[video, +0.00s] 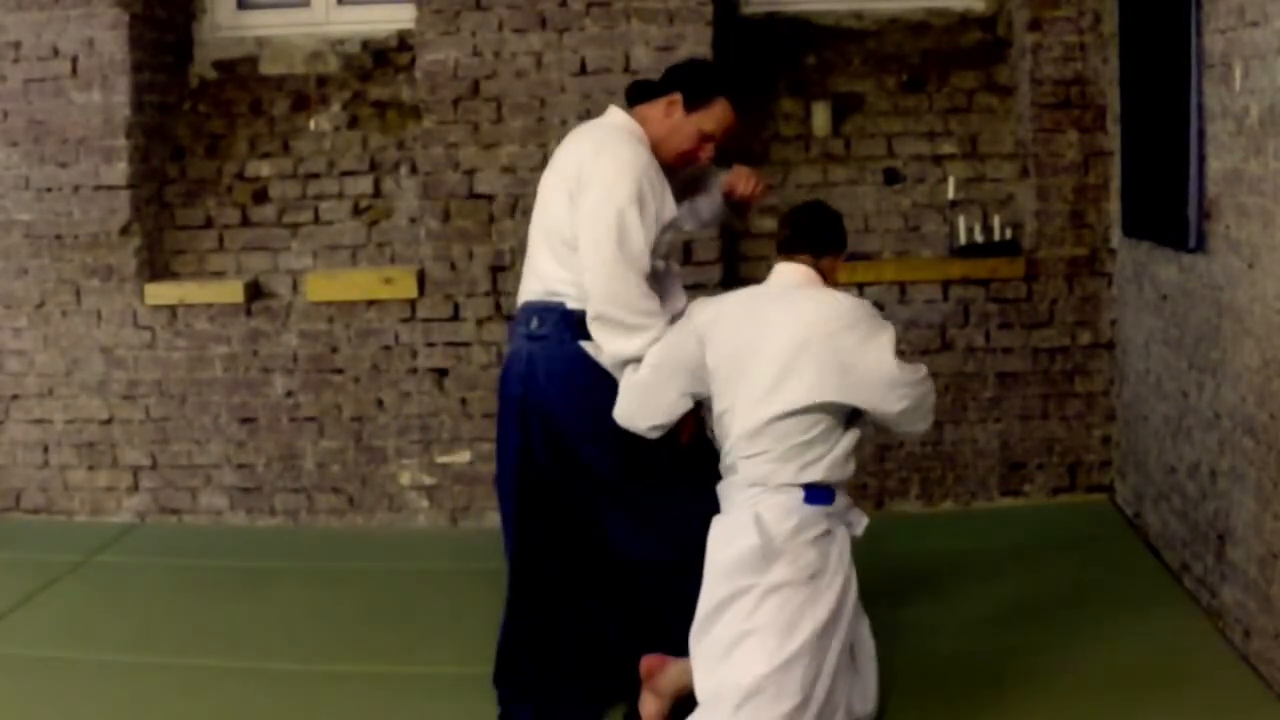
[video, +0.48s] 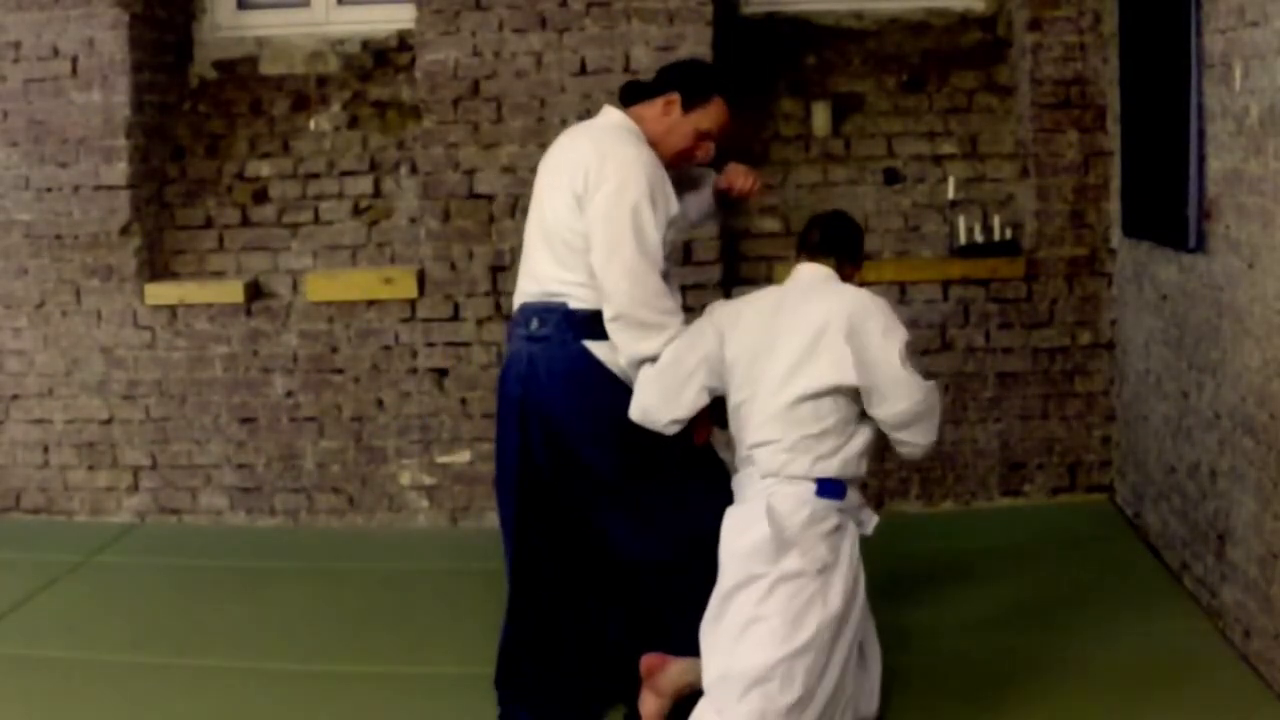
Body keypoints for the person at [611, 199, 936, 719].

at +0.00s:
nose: (841, 271)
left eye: (840, 261)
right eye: (841, 261)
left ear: (779, 250)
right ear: (834, 259)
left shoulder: (717, 315)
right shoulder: (843, 316)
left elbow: (635, 408)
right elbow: (914, 405)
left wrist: (690, 400)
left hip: (740, 516)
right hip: (806, 521)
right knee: (779, 679)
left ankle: (679, 675)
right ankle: (682, 676)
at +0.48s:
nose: (855, 272)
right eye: (858, 264)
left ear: (798, 254)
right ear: (855, 263)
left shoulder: (735, 314)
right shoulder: (858, 309)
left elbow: (653, 403)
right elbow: (916, 424)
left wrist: (705, 413)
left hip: (752, 507)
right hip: (817, 516)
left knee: (849, 669)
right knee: (774, 678)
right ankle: (680, 675)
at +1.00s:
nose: (864, 273)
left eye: (866, 262)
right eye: (865, 261)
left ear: (803, 249)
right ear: (858, 262)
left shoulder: (737, 310)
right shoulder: (853, 321)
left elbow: (659, 393)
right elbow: (878, 438)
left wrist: (706, 430)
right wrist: (908, 540)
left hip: (749, 514)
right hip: (816, 524)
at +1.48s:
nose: (890, 257)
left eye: (891, 246)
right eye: (890, 245)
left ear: (826, 236)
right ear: (882, 245)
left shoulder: (766, 302)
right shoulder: (873, 293)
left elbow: (707, 408)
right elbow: (883, 410)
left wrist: (725, 498)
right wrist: (942, 513)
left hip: (764, 509)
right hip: (829, 512)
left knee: (811, 676)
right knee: (925, 689)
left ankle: (689, 676)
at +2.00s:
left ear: (885, 197)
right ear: (953, 217)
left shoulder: (817, 244)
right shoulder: (942, 298)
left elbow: (750, 337)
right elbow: (1010, 417)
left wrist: (823, 360)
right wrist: (1060, 391)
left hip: (796, 485)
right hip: (877, 499)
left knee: (839, 648)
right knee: (1043, 546)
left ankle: (682, 676)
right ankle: (980, 707)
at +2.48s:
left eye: (779, 20)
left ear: (790, 29)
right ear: (869, 35)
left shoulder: (734, 105)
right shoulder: (917, 111)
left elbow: (642, 137)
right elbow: (997, 176)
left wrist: (737, 75)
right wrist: (903, 87)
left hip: (761, 369)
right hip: (881, 370)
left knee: (726, 597)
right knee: (911, 597)